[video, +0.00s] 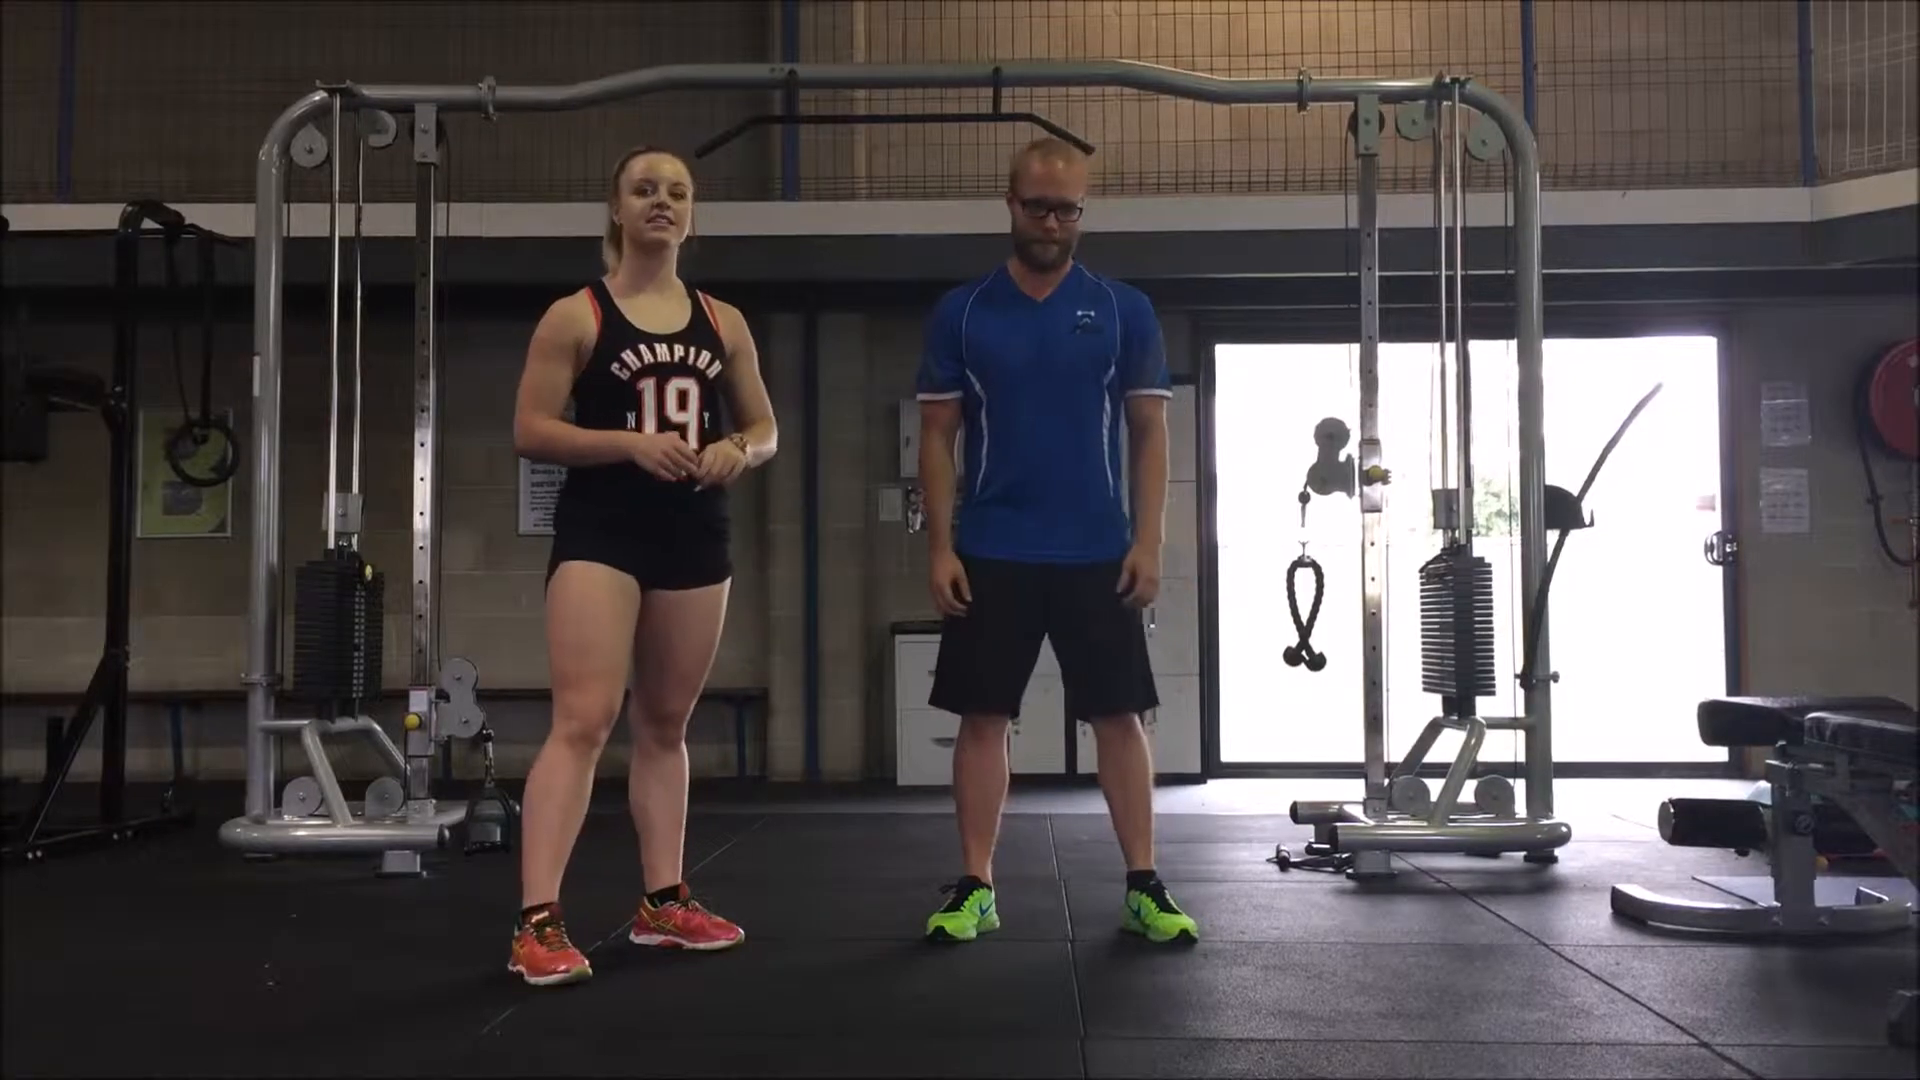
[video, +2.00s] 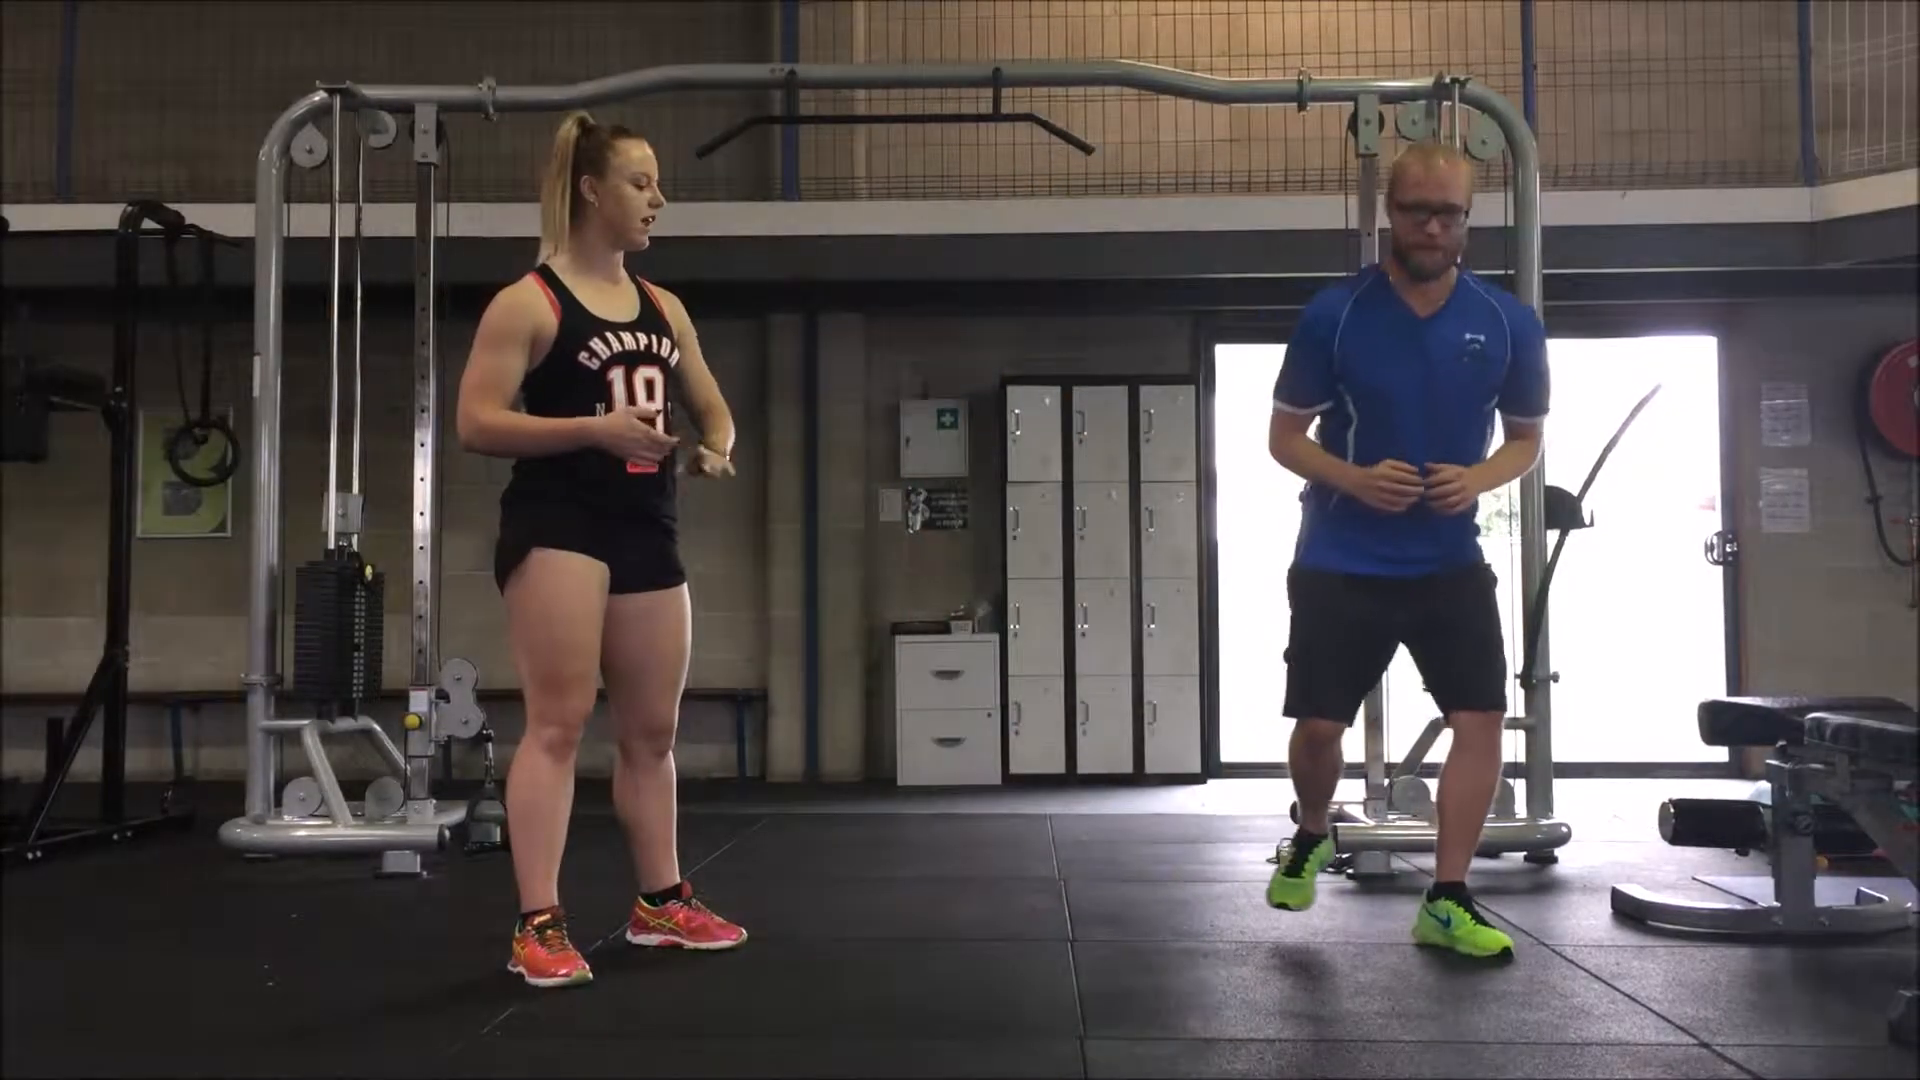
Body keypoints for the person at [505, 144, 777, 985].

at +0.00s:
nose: (661, 202)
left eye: (675, 192)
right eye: (645, 190)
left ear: (693, 215)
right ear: (615, 211)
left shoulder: (723, 322)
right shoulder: (574, 316)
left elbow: (763, 428)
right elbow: (532, 430)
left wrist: (740, 449)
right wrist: (630, 442)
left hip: (694, 545)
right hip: (600, 539)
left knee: (667, 726)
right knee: (583, 722)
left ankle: (665, 901)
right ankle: (539, 920)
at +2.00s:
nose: (655, 200)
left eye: (656, 186)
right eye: (640, 184)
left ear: (622, 199)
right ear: (587, 191)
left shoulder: (662, 306)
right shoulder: (526, 303)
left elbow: (712, 411)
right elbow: (477, 423)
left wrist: (714, 449)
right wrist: (593, 428)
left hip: (648, 536)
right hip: (559, 532)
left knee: (650, 735)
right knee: (555, 726)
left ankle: (662, 903)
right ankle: (539, 925)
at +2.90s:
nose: (607, 189)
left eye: (620, 178)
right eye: (588, 175)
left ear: (635, 198)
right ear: (553, 192)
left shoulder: (660, 310)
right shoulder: (512, 303)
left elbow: (688, 440)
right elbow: (466, 423)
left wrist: (685, 418)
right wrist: (571, 419)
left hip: (634, 530)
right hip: (542, 525)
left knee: (656, 729)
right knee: (547, 722)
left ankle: (663, 902)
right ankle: (537, 924)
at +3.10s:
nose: (596, 187)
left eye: (610, 175)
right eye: (579, 173)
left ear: (625, 193)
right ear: (546, 189)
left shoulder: (654, 308)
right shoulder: (499, 301)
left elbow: (683, 426)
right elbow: (454, 419)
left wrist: (652, 439)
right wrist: (565, 436)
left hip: (627, 531)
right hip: (532, 526)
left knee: (664, 727)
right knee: (542, 722)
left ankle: (666, 900)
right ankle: (536, 925)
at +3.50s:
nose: (575, 180)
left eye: (589, 169)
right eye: (557, 165)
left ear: (603, 189)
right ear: (522, 181)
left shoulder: (635, 303)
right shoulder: (471, 300)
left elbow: (668, 426)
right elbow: (419, 420)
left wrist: (605, 475)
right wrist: (504, 485)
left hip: (613, 527)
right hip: (511, 530)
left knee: (674, 721)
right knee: (537, 723)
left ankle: (652, 884)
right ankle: (539, 926)